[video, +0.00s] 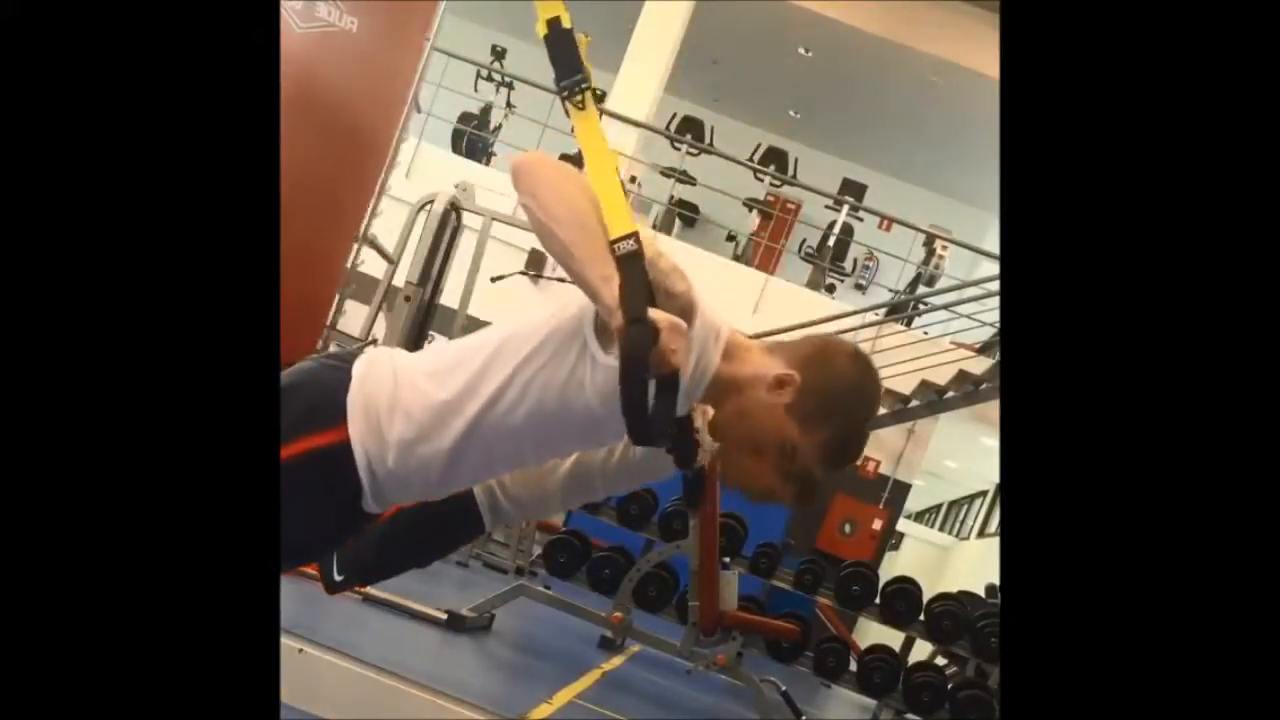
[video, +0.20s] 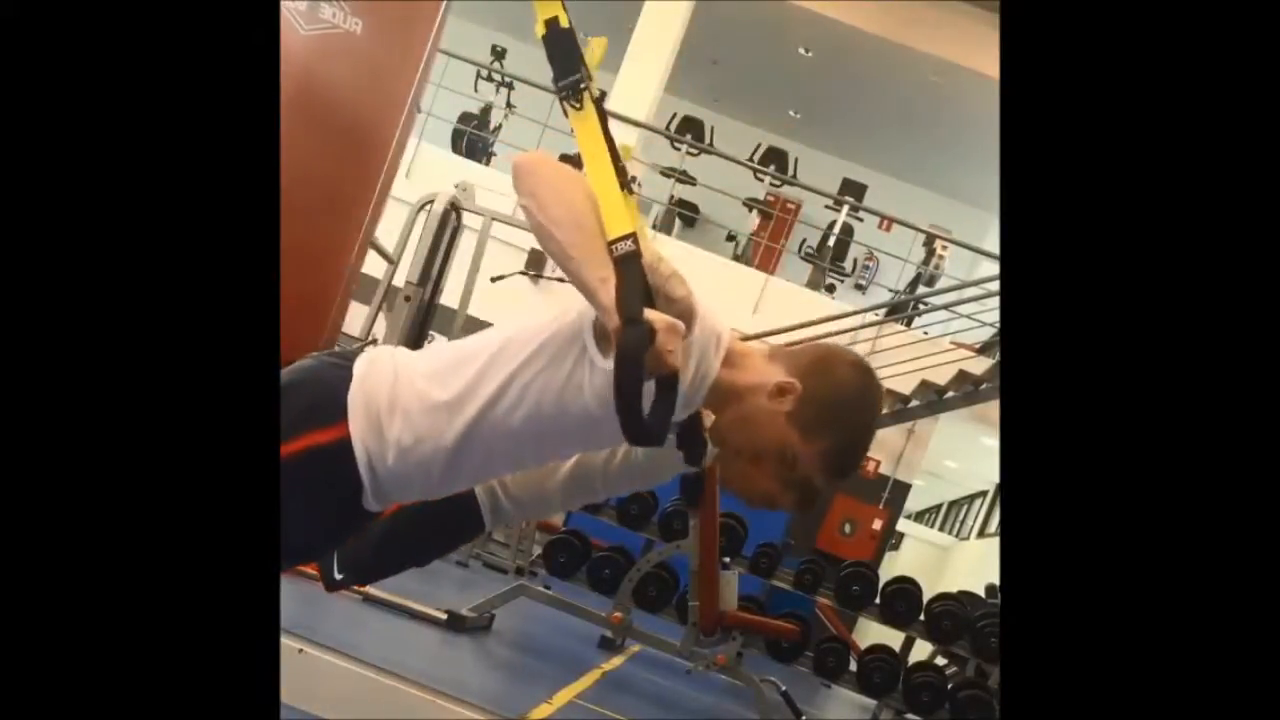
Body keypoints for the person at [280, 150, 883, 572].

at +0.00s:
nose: (759, 484)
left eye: (779, 483)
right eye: (781, 468)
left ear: (779, 386)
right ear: (781, 391)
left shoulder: (693, 420)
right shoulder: (672, 300)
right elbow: (534, 171)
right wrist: (620, 304)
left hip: (366, 488)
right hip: (333, 436)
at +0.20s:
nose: (757, 489)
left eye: (777, 490)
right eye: (779, 473)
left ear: (779, 390)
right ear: (780, 396)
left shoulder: (695, 429)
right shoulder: (676, 310)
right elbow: (536, 173)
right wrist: (618, 303)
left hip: (367, 482)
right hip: (333, 434)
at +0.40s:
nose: (761, 411)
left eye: (781, 411)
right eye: (780, 397)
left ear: (776, 330)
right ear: (775, 331)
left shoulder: (691, 366)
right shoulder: (669, 273)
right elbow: (525, 167)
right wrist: (628, 305)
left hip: (366, 455)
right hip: (331, 407)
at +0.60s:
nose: (745, 333)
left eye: (767, 330)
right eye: (766, 316)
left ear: (760, 248)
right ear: (758, 248)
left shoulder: (659, 288)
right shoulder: (642, 195)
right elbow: (506, 152)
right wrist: (615, 308)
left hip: (364, 422)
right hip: (325, 361)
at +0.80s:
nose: (733, 265)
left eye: (752, 262)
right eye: (749, 248)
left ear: (735, 168)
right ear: (733, 172)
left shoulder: (636, 227)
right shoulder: (614, 129)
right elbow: (499, 138)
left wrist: (662, 392)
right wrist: (599, 291)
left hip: (353, 384)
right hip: (308, 322)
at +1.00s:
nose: (706, 206)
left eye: (728, 199)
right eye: (721, 184)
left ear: (697, 114)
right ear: (700, 114)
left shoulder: (612, 174)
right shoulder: (582, 75)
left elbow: (629, 276)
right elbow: (503, 139)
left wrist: (670, 377)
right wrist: (601, 290)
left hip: (343, 352)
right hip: (297, 290)